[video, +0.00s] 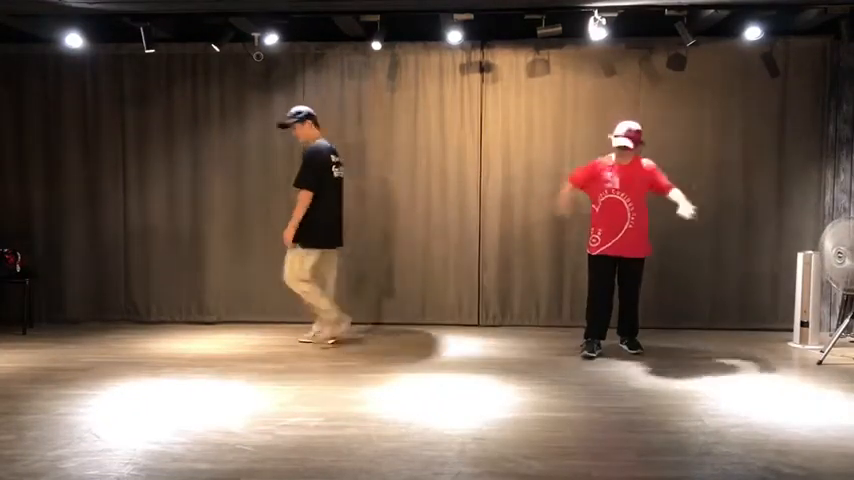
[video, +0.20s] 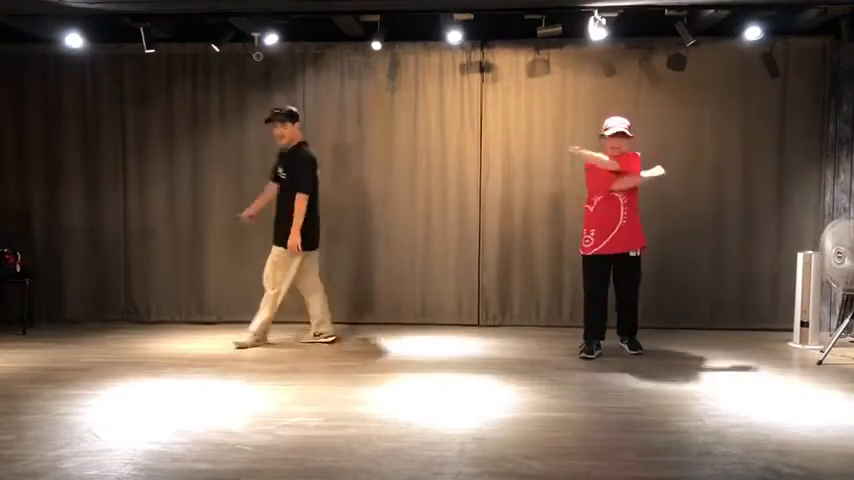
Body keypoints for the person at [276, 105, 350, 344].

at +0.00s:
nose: (294, 134)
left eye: (296, 128)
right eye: (292, 129)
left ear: (309, 124)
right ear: (310, 126)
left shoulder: (314, 153)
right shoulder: (330, 151)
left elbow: (306, 195)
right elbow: (329, 196)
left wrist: (291, 227)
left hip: (313, 231)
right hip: (331, 230)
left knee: (295, 276)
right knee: (325, 281)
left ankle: (336, 320)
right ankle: (322, 328)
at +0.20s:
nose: (277, 132)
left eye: (282, 127)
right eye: (274, 127)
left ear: (295, 126)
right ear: (274, 130)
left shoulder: (304, 158)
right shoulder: (286, 156)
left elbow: (302, 198)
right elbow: (274, 186)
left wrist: (295, 232)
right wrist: (255, 207)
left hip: (292, 236)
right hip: (304, 236)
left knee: (274, 284)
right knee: (310, 284)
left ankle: (257, 333)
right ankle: (323, 329)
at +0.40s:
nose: (260, 130)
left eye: (266, 125)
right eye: (258, 125)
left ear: (279, 126)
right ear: (256, 126)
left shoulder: (285, 157)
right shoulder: (258, 152)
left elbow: (286, 199)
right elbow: (245, 183)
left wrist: (288, 235)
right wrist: (228, 209)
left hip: (273, 233)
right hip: (255, 229)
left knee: (265, 282)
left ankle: (254, 330)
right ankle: (299, 309)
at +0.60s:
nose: (247, 126)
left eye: (253, 120)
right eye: (243, 120)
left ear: (265, 123)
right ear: (239, 124)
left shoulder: (275, 154)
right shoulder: (236, 151)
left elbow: (275, 194)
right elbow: (234, 188)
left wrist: (254, 226)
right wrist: (231, 219)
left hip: (261, 229)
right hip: (234, 225)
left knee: (257, 285)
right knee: (216, 269)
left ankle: (254, 330)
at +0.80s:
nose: (232, 126)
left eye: (238, 121)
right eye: (228, 121)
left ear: (249, 124)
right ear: (223, 124)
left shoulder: (262, 154)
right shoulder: (215, 154)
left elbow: (270, 193)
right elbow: (209, 193)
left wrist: (239, 217)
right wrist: (211, 221)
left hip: (249, 235)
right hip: (217, 233)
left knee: (250, 288)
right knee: (206, 284)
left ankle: (253, 332)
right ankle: (196, 342)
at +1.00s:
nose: (222, 123)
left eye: (228, 117)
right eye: (217, 118)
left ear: (238, 121)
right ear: (210, 122)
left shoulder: (253, 153)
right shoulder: (200, 153)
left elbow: (262, 195)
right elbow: (184, 193)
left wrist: (260, 231)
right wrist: (175, 232)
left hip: (241, 239)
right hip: (207, 238)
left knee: (242, 291)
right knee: (198, 293)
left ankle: (227, 323)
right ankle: (196, 344)